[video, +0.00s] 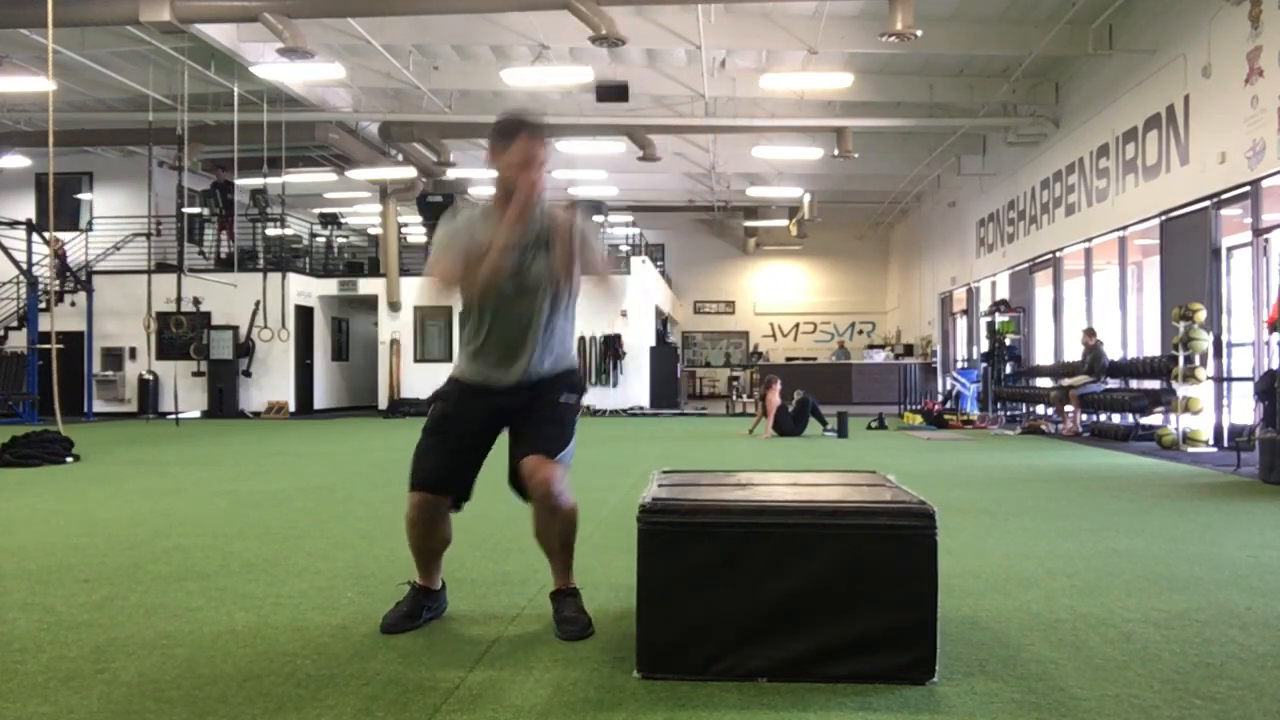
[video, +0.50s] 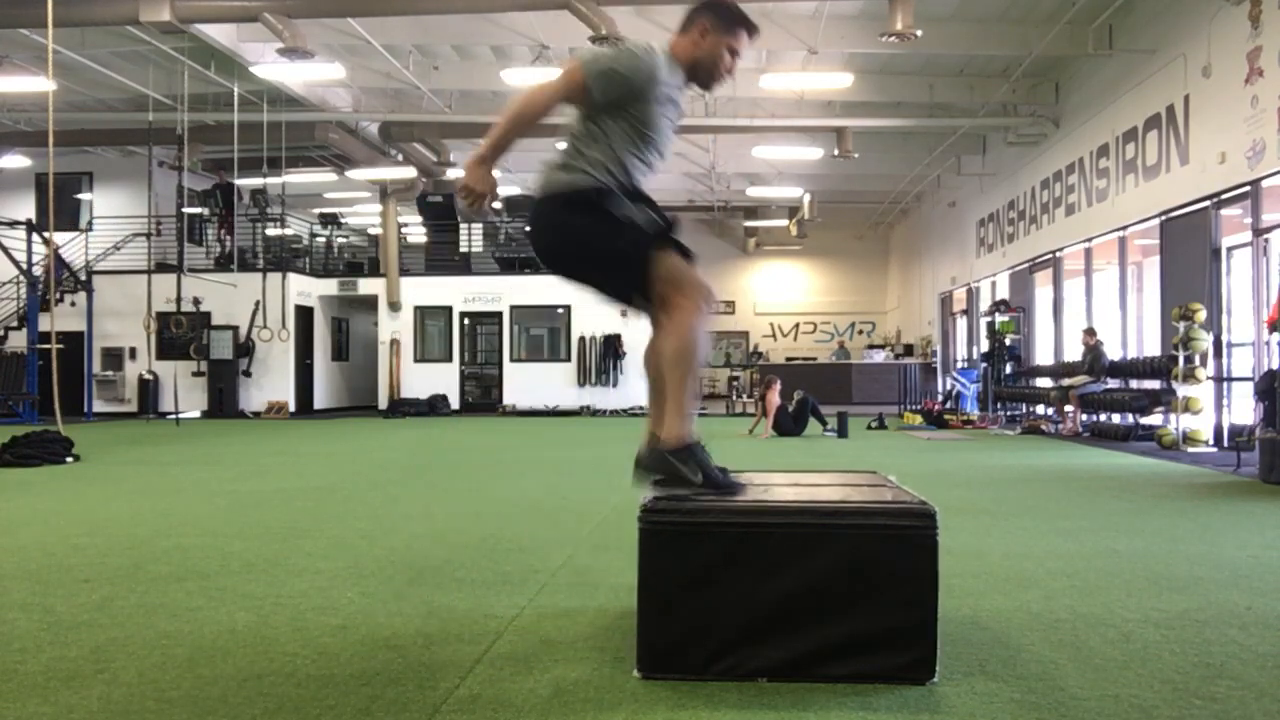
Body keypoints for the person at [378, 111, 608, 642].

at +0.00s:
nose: (536, 172)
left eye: (541, 163)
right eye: (525, 162)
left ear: (547, 164)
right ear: (495, 160)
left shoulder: (564, 224)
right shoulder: (465, 224)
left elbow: (595, 274)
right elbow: (468, 286)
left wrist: (565, 225)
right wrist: (512, 218)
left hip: (549, 378)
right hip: (476, 379)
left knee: (543, 478)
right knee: (425, 496)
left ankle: (565, 590)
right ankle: (427, 590)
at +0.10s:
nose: (557, 93)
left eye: (564, 83)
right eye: (547, 81)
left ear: (576, 86)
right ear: (527, 80)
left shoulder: (582, 132)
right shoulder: (496, 134)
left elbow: (652, 122)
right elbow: (508, 129)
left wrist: (626, 48)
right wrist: (584, 52)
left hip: (565, 326)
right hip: (494, 326)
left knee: (575, 452)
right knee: (455, 461)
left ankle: (566, 584)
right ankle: (422, 573)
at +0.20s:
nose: (625, 31)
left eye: (627, 21)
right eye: (620, 17)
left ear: (605, 18)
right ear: (584, 11)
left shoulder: (603, 65)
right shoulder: (534, 54)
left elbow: (671, 83)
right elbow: (494, 83)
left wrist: (698, 31)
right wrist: (589, 74)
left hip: (576, 241)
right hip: (518, 242)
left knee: (604, 367)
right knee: (522, 381)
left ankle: (570, 506)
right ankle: (448, 488)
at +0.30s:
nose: (666, 27)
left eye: (670, 18)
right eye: (662, 13)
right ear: (628, 3)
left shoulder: (636, 69)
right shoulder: (576, 32)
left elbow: (675, 113)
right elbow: (503, 67)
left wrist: (745, 113)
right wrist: (553, 142)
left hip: (576, 206)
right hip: (524, 201)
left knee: (652, 294)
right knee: (605, 296)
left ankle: (577, 410)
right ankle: (517, 410)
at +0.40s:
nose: (707, 42)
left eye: (710, 32)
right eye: (702, 27)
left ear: (674, 20)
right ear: (668, 12)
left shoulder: (659, 79)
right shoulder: (616, 40)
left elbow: (652, 147)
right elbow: (527, 69)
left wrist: (684, 204)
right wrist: (490, 163)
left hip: (585, 187)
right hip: (544, 180)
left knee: (666, 270)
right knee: (663, 258)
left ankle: (629, 395)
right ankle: (611, 398)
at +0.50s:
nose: (732, 68)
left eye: (737, 58)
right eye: (731, 52)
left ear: (702, 39)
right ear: (700, 33)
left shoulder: (670, 87)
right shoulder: (641, 61)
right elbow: (548, 92)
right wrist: (483, 161)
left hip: (587, 214)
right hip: (576, 205)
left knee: (679, 305)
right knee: (688, 292)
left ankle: (661, 444)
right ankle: (675, 442)